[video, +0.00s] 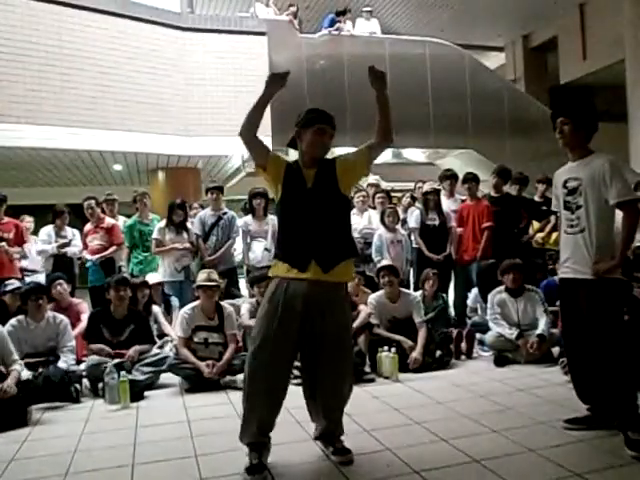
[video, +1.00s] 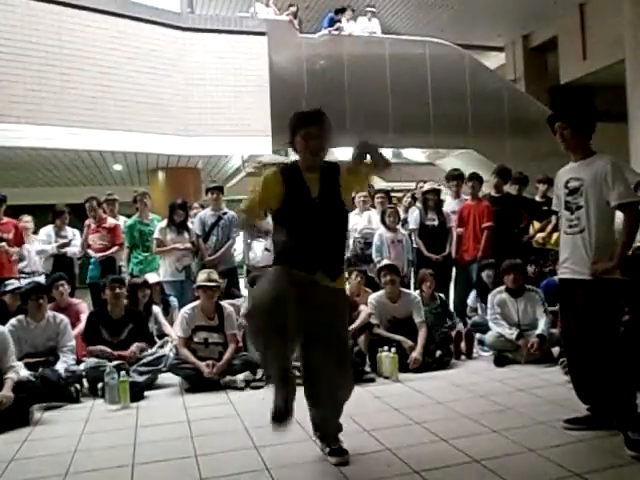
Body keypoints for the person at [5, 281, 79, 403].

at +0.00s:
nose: (39, 302)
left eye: (42, 298)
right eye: (34, 299)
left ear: (47, 301)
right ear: (26, 304)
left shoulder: (60, 322)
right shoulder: (13, 327)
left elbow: (68, 352)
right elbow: (12, 361)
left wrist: (57, 370)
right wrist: (30, 376)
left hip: (54, 368)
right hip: (27, 372)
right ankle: (68, 393)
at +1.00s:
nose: (40, 302)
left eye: (42, 298)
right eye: (35, 299)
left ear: (48, 300)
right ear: (26, 304)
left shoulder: (60, 321)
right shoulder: (14, 326)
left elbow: (68, 352)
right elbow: (11, 360)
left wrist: (57, 371)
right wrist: (26, 375)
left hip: (54, 369)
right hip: (27, 371)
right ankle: (68, 393)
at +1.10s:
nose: (40, 303)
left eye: (42, 299)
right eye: (35, 300)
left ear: (47, 301)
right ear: (26, 304)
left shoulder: (61, 321)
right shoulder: (14, 326)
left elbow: (68, 353)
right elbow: (11, 360)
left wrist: (57, 372)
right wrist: (27, 375)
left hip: (54, 369)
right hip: (28, 372)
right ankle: (66, 394)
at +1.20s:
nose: (40, 303)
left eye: (42, 299)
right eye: (35, 299)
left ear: (48, 301)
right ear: (26, 304)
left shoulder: (61, 322)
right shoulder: (14, 326)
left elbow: (68, 353)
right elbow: (11, 360)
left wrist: (56, 372)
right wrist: (28, 376)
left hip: (54, 369)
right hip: (27, 372)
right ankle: (66, 394)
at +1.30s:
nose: (39, 303)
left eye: (42, 299)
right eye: (34, 300)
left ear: (47, 301)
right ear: (25, 304)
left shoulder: (60, 321)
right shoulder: (14, 326)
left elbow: (69, 353)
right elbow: (10, 359)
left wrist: (55, 372)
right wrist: (25, 375)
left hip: (54, 368)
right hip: (28, 371)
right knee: (20, 388)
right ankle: (68, 394)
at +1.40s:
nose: (39, 303)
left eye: (42, 299)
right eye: (34, 300)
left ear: (47, 301)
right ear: (25, 304)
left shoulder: (60, 321)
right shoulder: (14, 326)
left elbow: (69, 352)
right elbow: (10, 359)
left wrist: (58, 371)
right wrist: (24, 375)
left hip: (53, 367)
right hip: (27, 370)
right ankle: (69, 394)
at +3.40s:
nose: (53, 303)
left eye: (52, 299)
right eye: (47, 300)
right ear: (35, 305)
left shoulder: (64, 323)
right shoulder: (18, 329)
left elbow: (72, 353)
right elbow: (16, 359)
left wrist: (64, 372)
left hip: (58, 369)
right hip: (32, 372)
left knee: (79, 375)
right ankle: (69, 396)